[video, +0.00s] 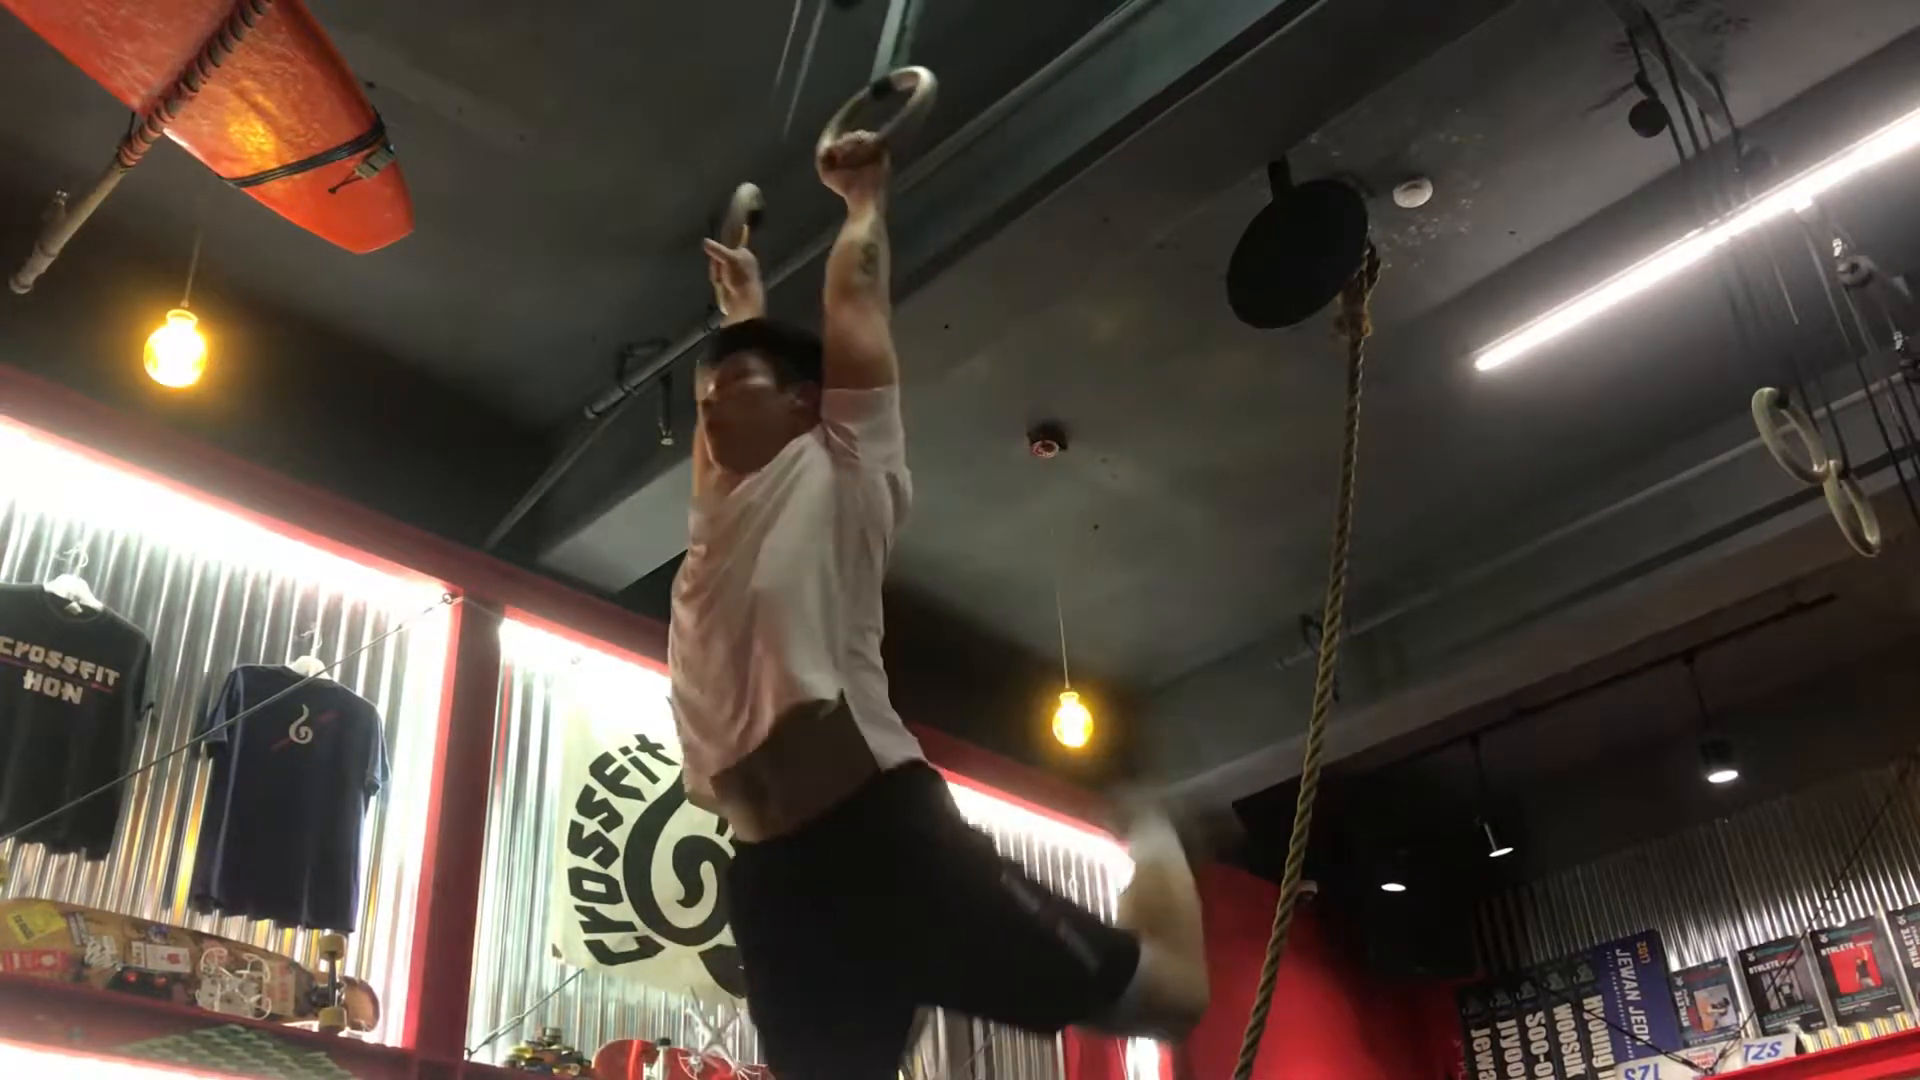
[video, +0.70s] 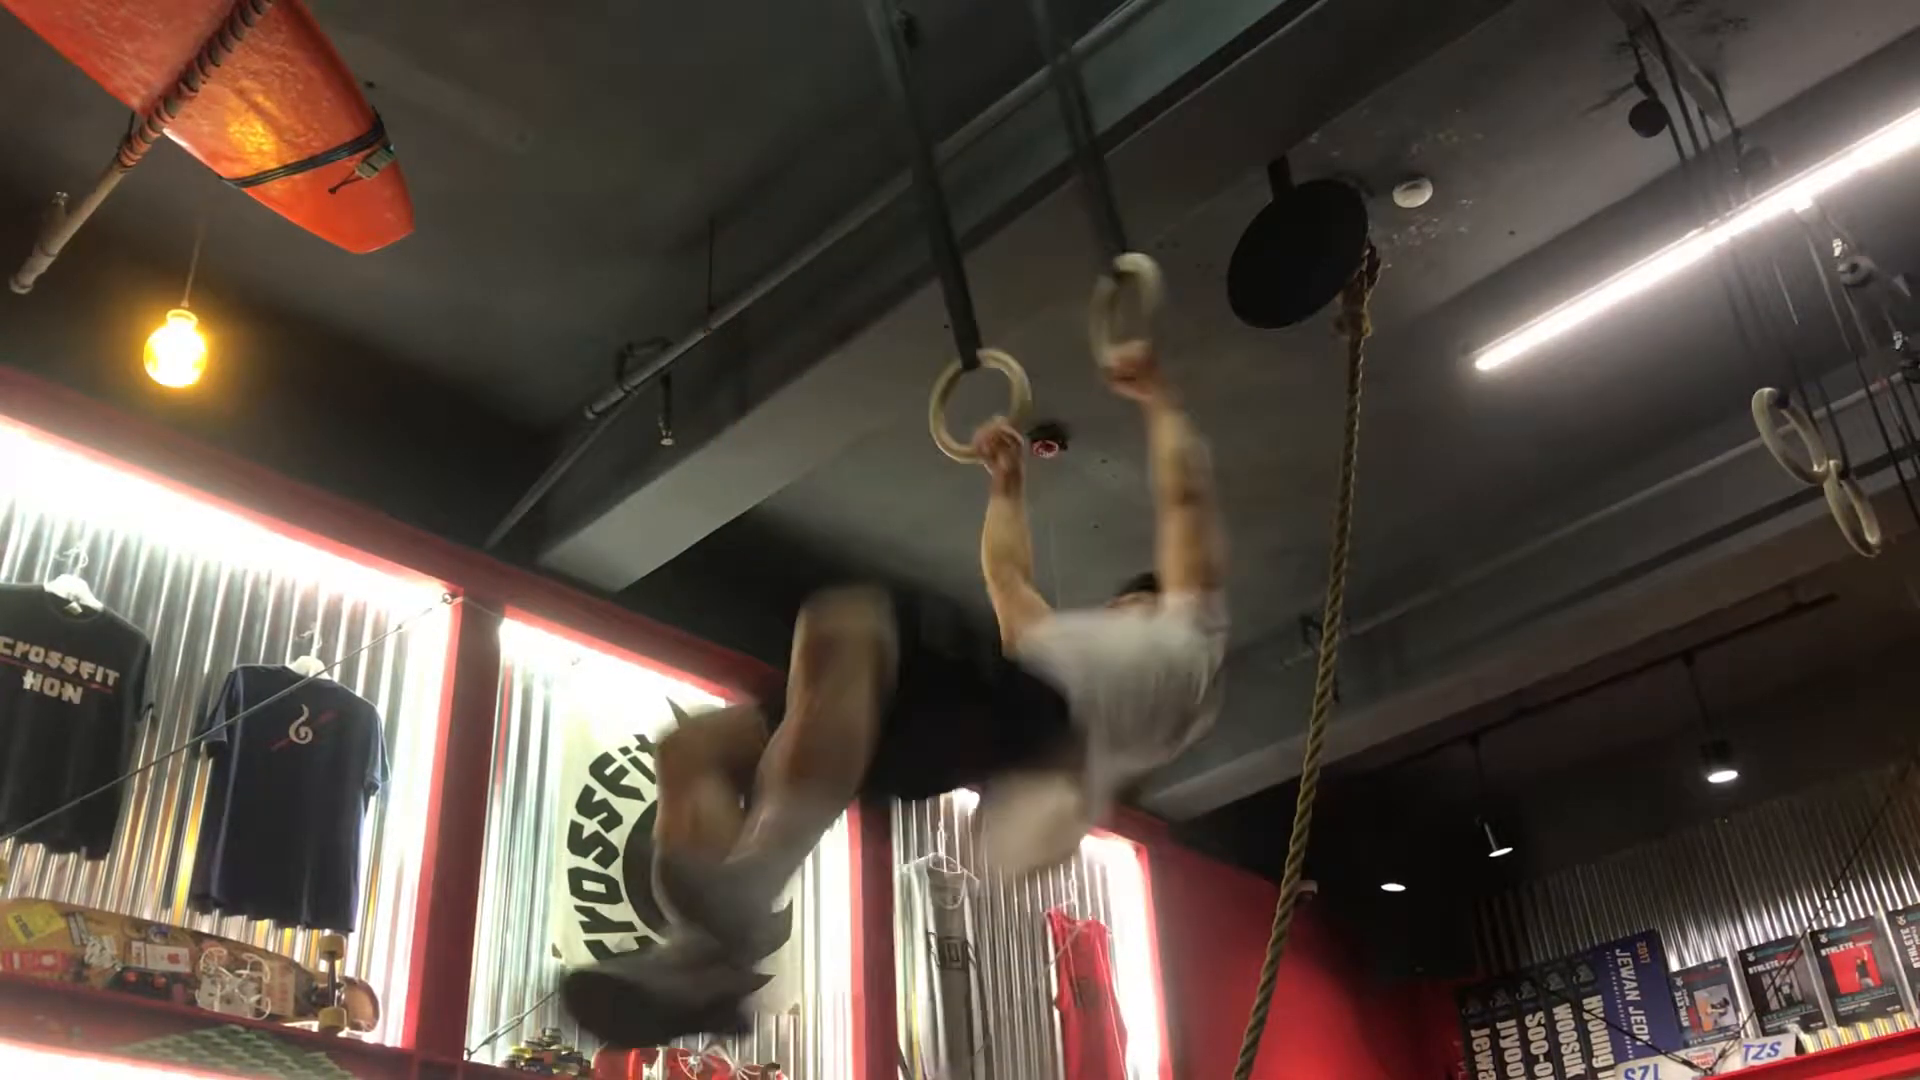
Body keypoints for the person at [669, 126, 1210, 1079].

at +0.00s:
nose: (715, 392)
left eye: (742, 377)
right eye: (708, 382)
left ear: (799, 401)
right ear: (706, 423)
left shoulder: (847, 467)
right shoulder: (714, 521)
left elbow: (854, 303)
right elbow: (720, 422)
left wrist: (862, 193)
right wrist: (745, 308)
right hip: (775, 891)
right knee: (820, 1068)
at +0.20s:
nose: (776, 402)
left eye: (801, 401)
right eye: (771, 398)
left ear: (834, 431)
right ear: (750, 438)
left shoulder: (857, 483)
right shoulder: (719, 515)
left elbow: (862, 316)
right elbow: (715, 398)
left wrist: (868, 208)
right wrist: (735, 311)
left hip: (900, 854)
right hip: (788, 901)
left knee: (1166, 1031)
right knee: (859, 1070)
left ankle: (1141, 840)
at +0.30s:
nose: (826, 450)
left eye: (846, 445)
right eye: (823, 442)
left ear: (870, 471)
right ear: (795, 469)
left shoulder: (881, 523)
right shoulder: (745, 541)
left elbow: (895, 351)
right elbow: (751, 417)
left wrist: (905, 249)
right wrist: (766, 334)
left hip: (905, 899)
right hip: (791, 937)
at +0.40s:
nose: (863, 504)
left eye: (895, 508)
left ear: (935, 532)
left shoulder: (923, 559)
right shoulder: (793, 576)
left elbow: (914, 378)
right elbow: (798, 445)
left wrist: (923, 284)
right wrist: (810, 348)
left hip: (932, 924)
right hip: (829, 947)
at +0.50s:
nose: (953, 553)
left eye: (980, 550)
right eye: (948, 551)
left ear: (1026, 588)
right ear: (927, 572)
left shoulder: (1013, 618)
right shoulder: (870, 641)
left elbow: (963, 438)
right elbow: (855, 494)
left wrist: (952, 321)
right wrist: (853, 383)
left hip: (1012, 955)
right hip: (902, 968)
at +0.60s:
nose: (1051, 599)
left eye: (1072, 594)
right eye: (1049, 595)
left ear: (1100, 609)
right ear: (1036, 612)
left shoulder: (1111, 647)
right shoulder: (981, 671)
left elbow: (1065, 494)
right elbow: (957, 548)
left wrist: (1049, 371)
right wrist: (945, 442)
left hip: (1033, 911)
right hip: (936, 901)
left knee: (774, 948)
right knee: (763, 947)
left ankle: (667, 1052)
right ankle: (667, 1053)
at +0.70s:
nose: (1126, 606)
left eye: (1142, 601)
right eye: (1123, 604)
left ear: (1171, 607)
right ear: (1110, 615)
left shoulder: (1191, 640)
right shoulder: (1048, 647)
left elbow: (1187, 497)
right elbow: (1010, 581)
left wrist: (1155, 395)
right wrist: (1006, 483)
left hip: (1029, 720)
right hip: (946, 742)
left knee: (845, 621)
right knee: (691, 746)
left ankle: (754, 885)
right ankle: (705, 956)